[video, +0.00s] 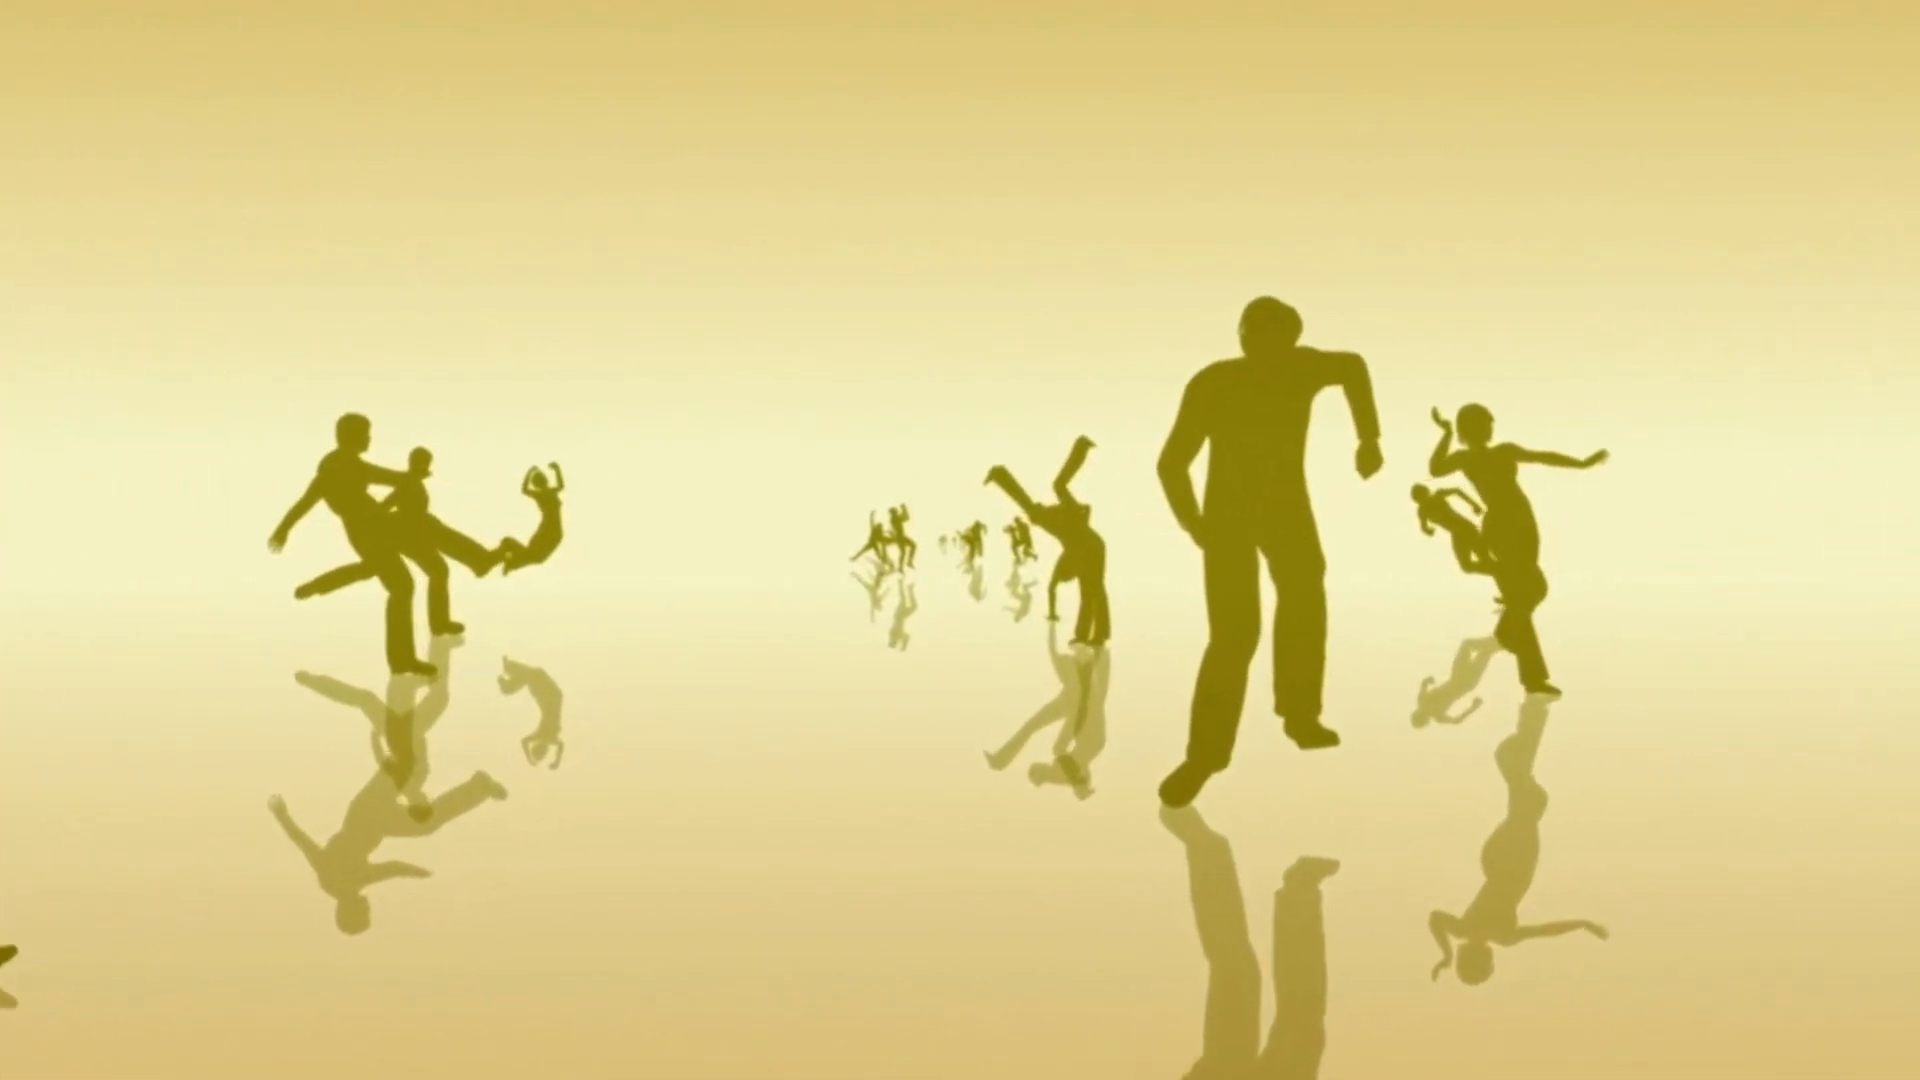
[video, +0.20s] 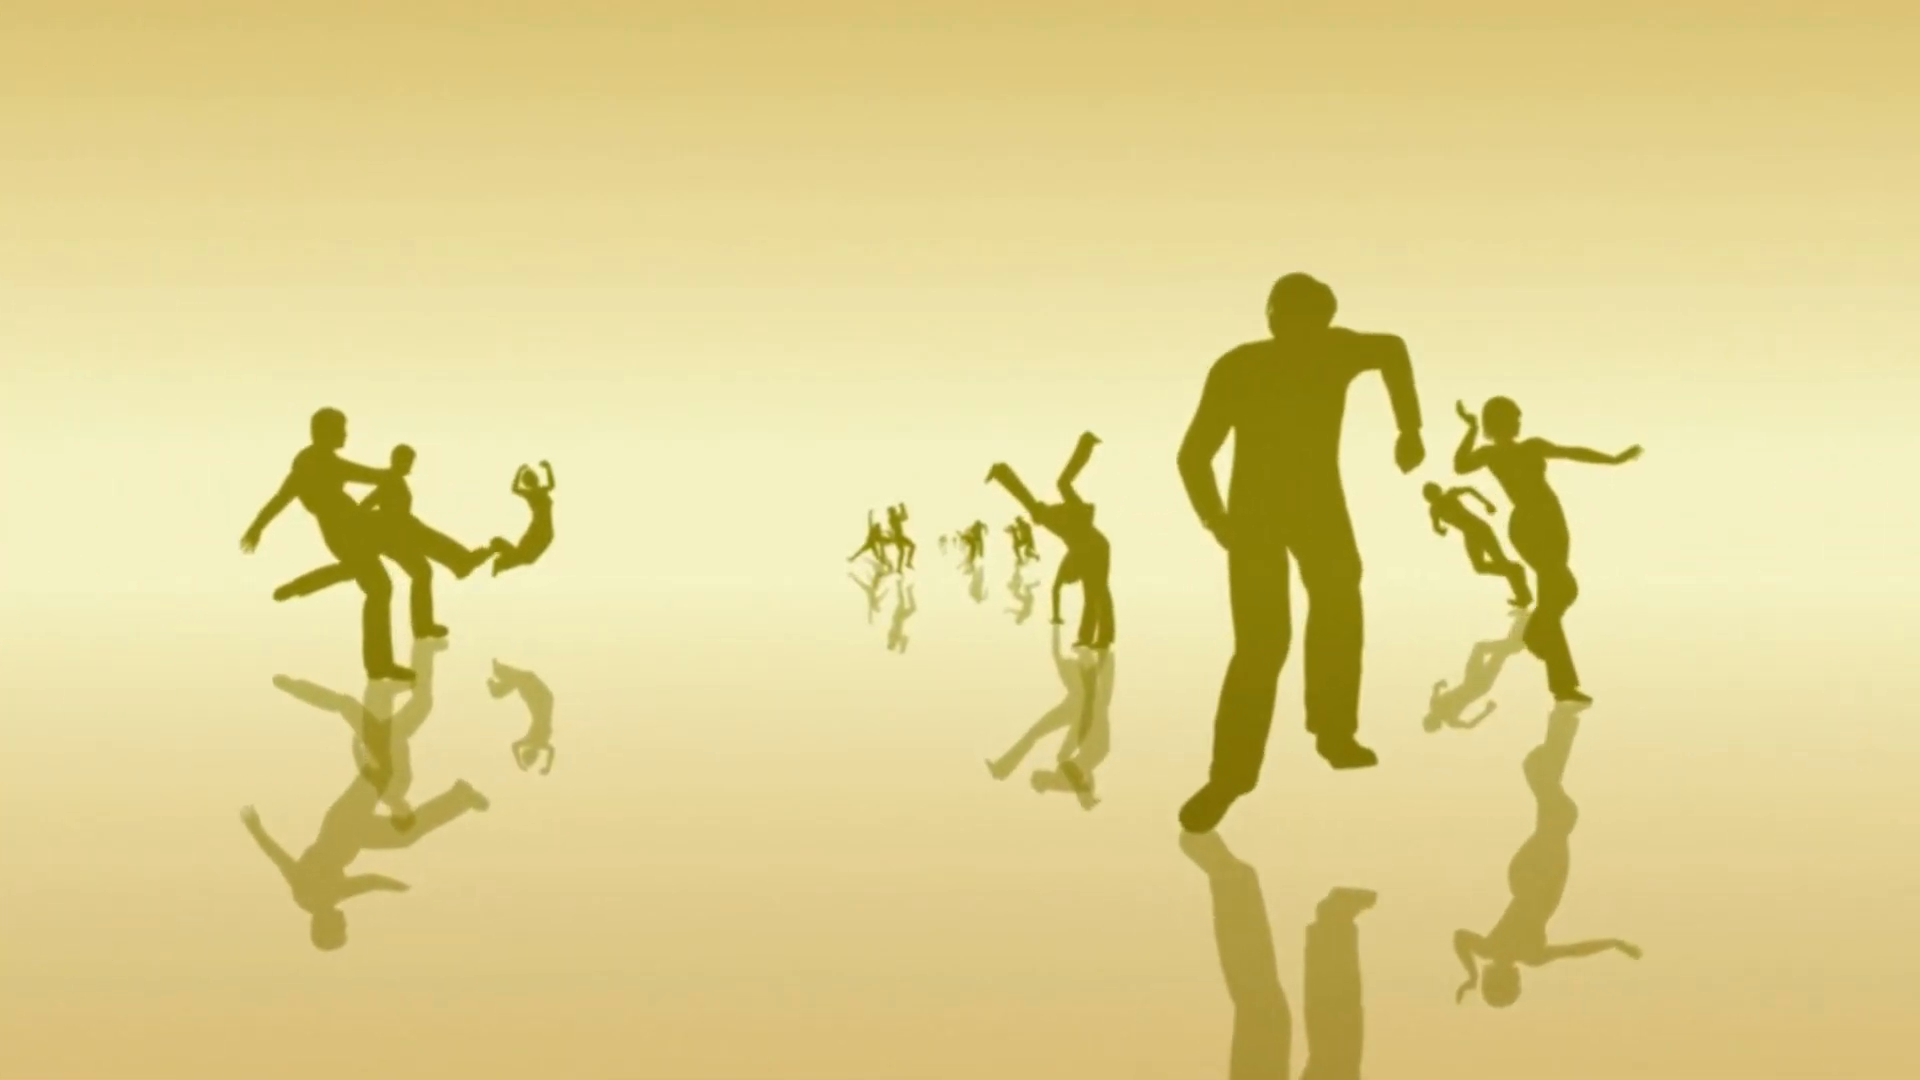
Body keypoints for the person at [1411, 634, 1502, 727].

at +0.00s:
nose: (1423, 718)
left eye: (1420, 718)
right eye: (1423, 720)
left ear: (1417, 712)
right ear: (1424, 720)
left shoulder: (1422, 701)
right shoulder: (1438, 716)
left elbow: (1424, 683)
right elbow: (1457, 721)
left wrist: (1428, 681)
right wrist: (1474, 707)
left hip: (1456, 676)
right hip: (1467, 683)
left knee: (1466, 644)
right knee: (1485, 651)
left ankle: (1495, 641)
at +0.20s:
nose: (1436, 726)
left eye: (1432, 725)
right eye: (1434, 727)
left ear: (1429, 718)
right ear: (1436, 725)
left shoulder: (1435, 705)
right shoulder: (1451, 721)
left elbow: (1435, 692)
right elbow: (1470, 725)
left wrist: (1439, 685)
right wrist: (1487, 711)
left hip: (1470, 679)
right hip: (1480, 686)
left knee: (1479, 648)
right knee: (1500, 655)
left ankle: (1509, 644)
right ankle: (1516, 643)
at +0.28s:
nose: (1443, 730)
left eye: (1440, 729)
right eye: (1441, 731)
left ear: (1437, 721)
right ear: (1443, 728)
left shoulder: (1442, 708)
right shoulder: (1458, 723)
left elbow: (1442, 695)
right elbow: (1477, 728)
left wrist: (1447, 687)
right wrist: (1495, 714)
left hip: (1478, 681)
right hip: (1489, 689)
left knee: (1487, 650)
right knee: (1509, 656)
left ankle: (1518, 645)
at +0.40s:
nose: (1448, 731)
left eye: (1445, 731)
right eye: (1446, 732)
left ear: (1442, 723)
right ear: (1448, 731)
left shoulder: (1447, 710)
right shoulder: (1463, 725)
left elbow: (1447, 697)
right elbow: (1483, 730)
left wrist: (1452, 689)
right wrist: (1501, 716)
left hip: (1483, 683)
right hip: (1494, 690)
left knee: (1492, 651)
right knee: (1515, 658)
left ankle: (1523, 647)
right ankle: (1537, 621)